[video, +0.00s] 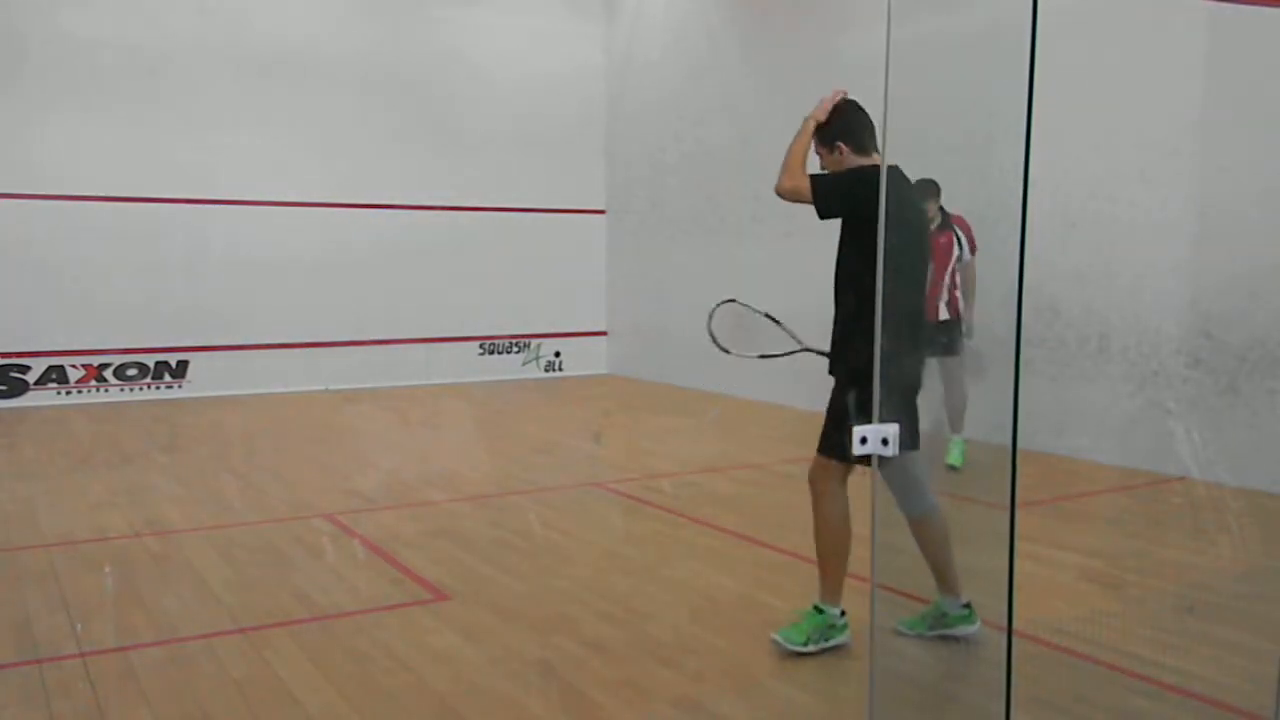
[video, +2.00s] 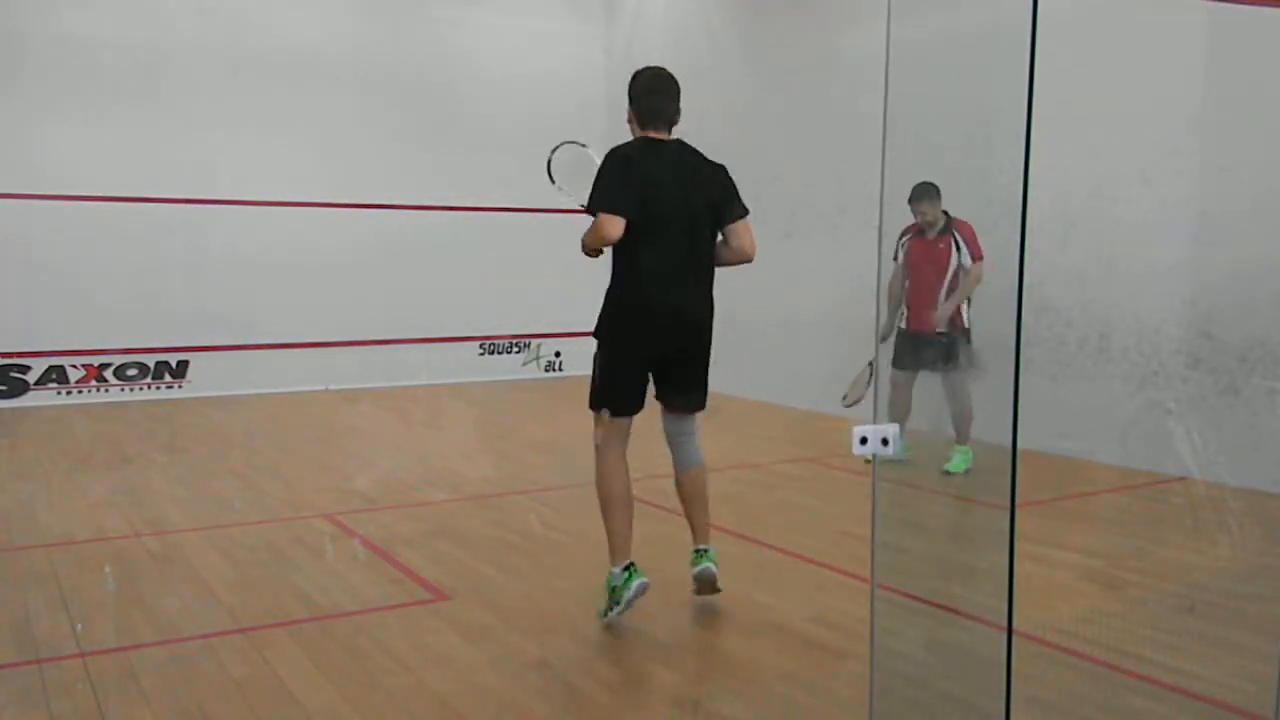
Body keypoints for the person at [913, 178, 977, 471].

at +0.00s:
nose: (925, 214)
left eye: (928, 208)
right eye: (920, 209)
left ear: (939, 203)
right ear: (914, 207)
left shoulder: (957, 228)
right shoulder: (909, 229)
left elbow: (967, 271)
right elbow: (899, 270)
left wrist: (968, 314)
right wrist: (896, 311)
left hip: (946, 318)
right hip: (912, 318)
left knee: (952, 378)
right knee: (906, 380)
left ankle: (956, 437)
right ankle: (898, 439)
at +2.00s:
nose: (922, 220)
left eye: (927, 214)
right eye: (917, 215)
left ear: (940, 207)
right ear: (912, 212)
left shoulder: (960, 232)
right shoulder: (908, 237)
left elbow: (974, 273)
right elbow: (898, 279)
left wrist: (949, 306)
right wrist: (889, 320)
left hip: (948, 330)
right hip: (912, 328)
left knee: (955, 386)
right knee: (899, 382)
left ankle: (962, 448)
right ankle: (895, 442)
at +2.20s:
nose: (914, 207)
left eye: (919, 202)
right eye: (909, 203)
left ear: (929, 202)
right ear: (902, 206)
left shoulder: (943, 231)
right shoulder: (892, 236)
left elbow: (951, 273)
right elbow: (886, 279)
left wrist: (908, 290)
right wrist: (881, 319)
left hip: (933, 328)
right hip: (897, 327)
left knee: (945, 384)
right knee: (892, 382)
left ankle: (960, 447)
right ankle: (894, 443)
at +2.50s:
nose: (900, 203)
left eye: (905, 198)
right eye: (895, 198)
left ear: (913, 200)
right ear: (887, 201)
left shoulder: (924, 233)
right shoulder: (876, 233)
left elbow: (932, 279)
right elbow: (865, 274)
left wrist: (932, 320)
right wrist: (856, 308)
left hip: (909, 324)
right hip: (879, 324)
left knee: (914, 379)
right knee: (886, 382)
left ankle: (945, 440)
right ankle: (890, 443)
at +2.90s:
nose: (893, 202)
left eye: (898, 197)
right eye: (888, 197)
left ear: (906, 201)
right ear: (880, 199)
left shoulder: (918, 233)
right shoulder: (866, 233)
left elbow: (935, 273)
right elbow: (856, 267)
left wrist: (943, 315)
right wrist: (847, 281)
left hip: (902, 322)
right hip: (870, 322)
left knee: (901, 376)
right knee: (881, 381)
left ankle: (919, 441)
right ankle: (885, 442)